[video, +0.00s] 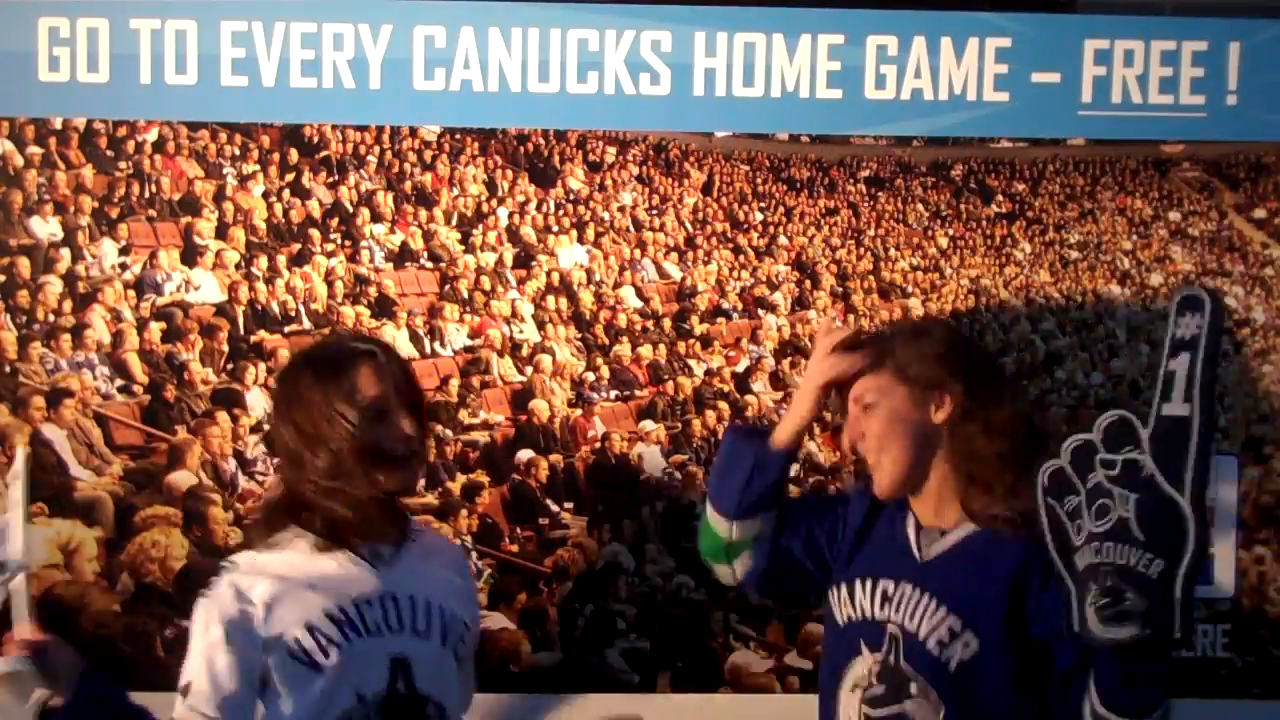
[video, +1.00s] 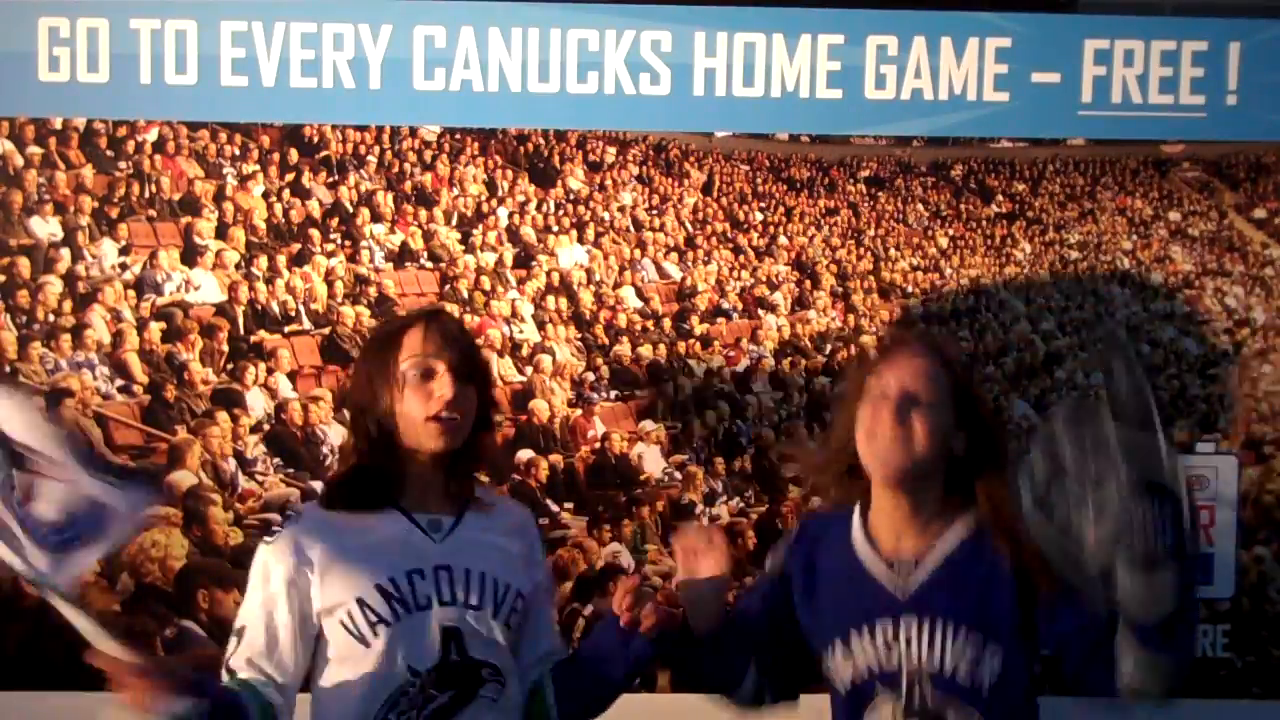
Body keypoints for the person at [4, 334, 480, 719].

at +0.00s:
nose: (408, 431)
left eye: (412, 409)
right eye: (376, 416)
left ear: (425, 416)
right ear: (319, 434)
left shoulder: (452, 567)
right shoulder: (247, 595)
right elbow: (202, 713)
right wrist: (82, 687)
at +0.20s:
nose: (452, 408)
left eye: (451, 391)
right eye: (424, 396)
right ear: (364, 414)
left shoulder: (475, 546)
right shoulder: (280, 552)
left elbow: (488, 691)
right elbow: (248, 701)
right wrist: (274, 707)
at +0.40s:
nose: (447, 378)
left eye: (454, 358)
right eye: (419, 356)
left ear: (467, 375)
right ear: (363, 367)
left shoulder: (463, 515)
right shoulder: (289, 521)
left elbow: (488, 687)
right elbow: (286, 709)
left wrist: (593, 639)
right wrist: (422, 676)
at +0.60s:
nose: (434, 400)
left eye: (443, 380)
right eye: (404, 382)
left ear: (455, 395)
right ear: (351, 403)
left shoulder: (490, 529)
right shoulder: (304, 549)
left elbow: (511, 677)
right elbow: (264, 709)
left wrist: (595, 587)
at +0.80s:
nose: (443, 429)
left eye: (449, 409)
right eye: (413, 414)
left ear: (463, 422)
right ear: (365, 439)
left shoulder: (516, 544)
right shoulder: (308, 586)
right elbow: (253, 713)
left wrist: (608, 607)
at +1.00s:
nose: (450, 393)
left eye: (463, 375)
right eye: (423, 377)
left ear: (478, 394)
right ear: (377, 399)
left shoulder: (514, 528)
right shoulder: (302, 546)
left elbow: (542, 698)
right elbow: (262, 699)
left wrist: (610, 647)